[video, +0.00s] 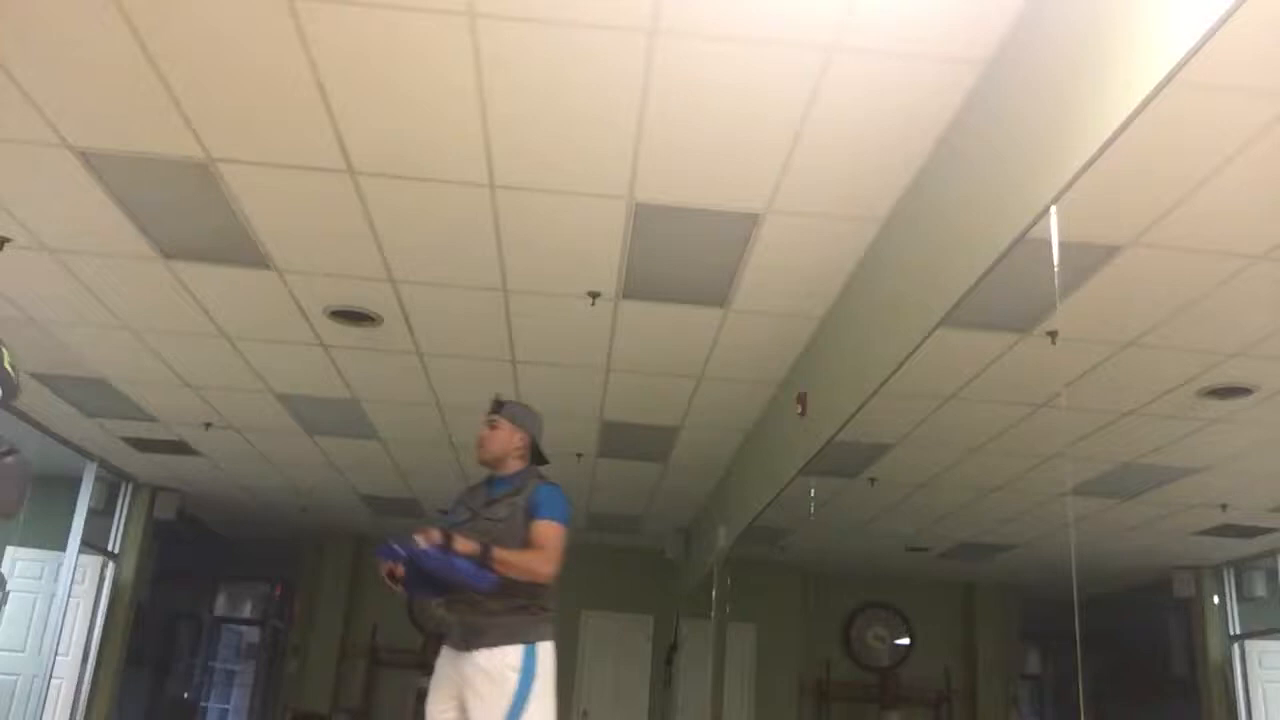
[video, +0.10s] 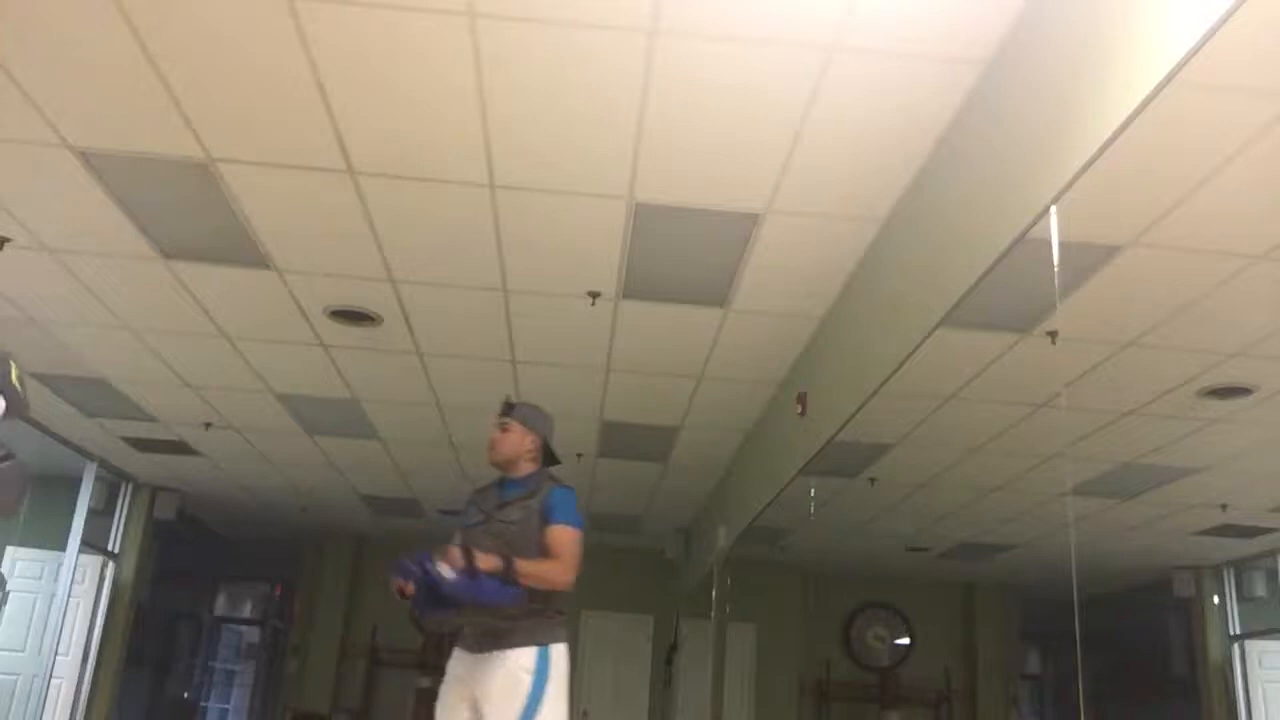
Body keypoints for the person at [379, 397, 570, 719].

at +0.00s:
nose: (481, 433)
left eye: (492, 425)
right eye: (484, 426)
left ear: (521, 440)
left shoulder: (544, 494)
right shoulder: (471, 496)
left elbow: (545, 566)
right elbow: (445, 552)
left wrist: (476, 550)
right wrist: (406, 570)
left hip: (513, 653)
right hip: (456, 649)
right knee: (440, 712)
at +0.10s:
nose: (493, 435)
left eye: (504, 428)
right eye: (496, 428)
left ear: (532, 443)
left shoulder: (556, 496)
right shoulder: (481, 498)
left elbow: (564, 573)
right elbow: (456, 559)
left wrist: (498, 563)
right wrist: (418, 578)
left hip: (526, 655)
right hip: (469, 651)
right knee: (450, 712)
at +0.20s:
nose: (508, 436)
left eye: (522, 430)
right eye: (510, 429)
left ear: (550, 444)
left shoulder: (577, 504)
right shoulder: (493, 502)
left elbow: (592, 581)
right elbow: (467, 570)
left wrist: (531, 586)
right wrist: (437, 605)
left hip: (545, 660)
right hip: (484, 656)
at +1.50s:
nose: (502, 433)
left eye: (515, 426)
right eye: (501, 426)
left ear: (540, 442)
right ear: (498, 435)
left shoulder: (556, 495)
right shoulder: (480, 497)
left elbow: (563, 573)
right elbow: (450, 556)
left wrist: (489, 572)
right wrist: (438, 578)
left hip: (516, 657)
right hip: (455, 651)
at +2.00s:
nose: (463, 428)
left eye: (476, 420)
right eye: (460, 420)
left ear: (500, 437)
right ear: (455, 429)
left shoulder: (516, 489)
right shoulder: (434, 488)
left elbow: (528, 566)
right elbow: (401, 550)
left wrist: (482, 516)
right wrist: (389, 587)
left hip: (477, 632)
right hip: (422, 631)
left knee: (460, 713)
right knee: (411, 713)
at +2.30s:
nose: (452, 420)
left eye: (465, 413)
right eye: (449, 413)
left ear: (489, 432)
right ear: (442, 423)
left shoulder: (503, 487)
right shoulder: (413, 486)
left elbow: (525, 567)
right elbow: (381, 549)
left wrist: (471, 539)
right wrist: (364, 591)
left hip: (458, 641)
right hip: (403, 639)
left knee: (438, 713)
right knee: (400, 713)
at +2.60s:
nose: (437, 402)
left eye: (451, 397)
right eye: (434, 396)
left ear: (475, 419)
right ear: (427, 409)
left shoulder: (482, 484)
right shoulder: (398, 470)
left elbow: (497, 571)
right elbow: (361, 528)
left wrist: (430, 555)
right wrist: (337, 577)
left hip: (439, 637)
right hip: (384, 634)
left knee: (421, 712)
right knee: (379, 713)